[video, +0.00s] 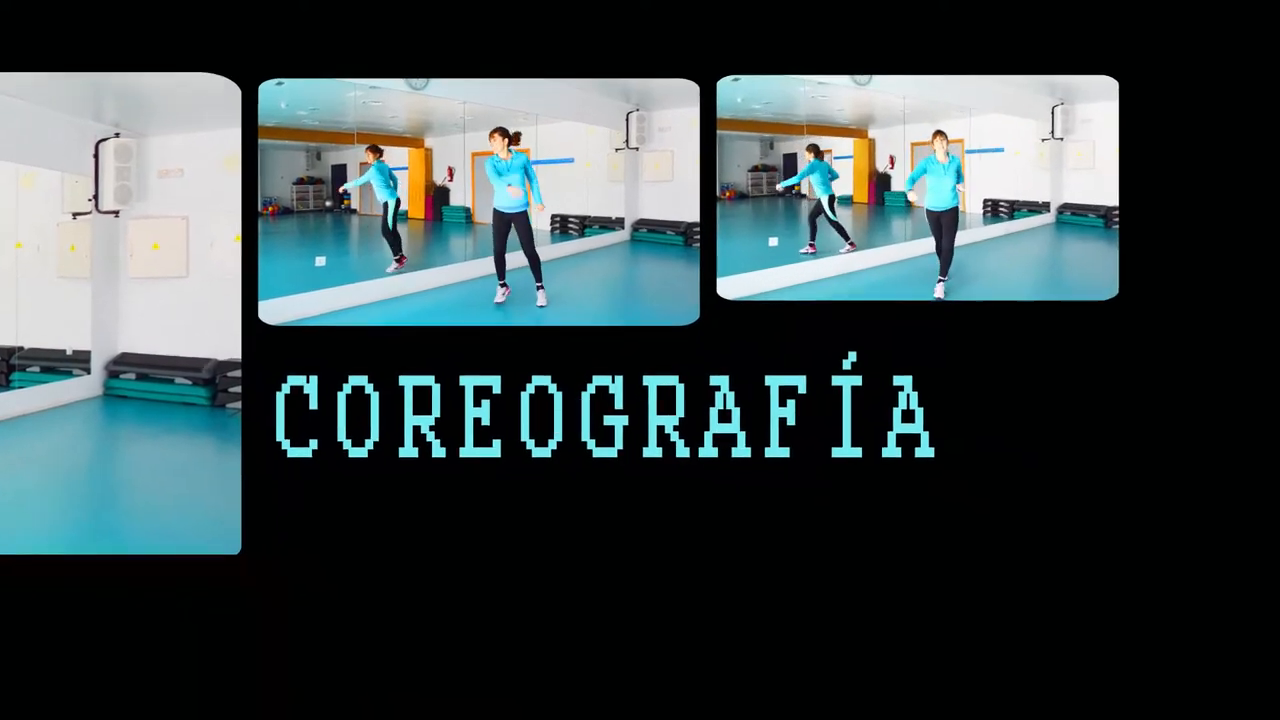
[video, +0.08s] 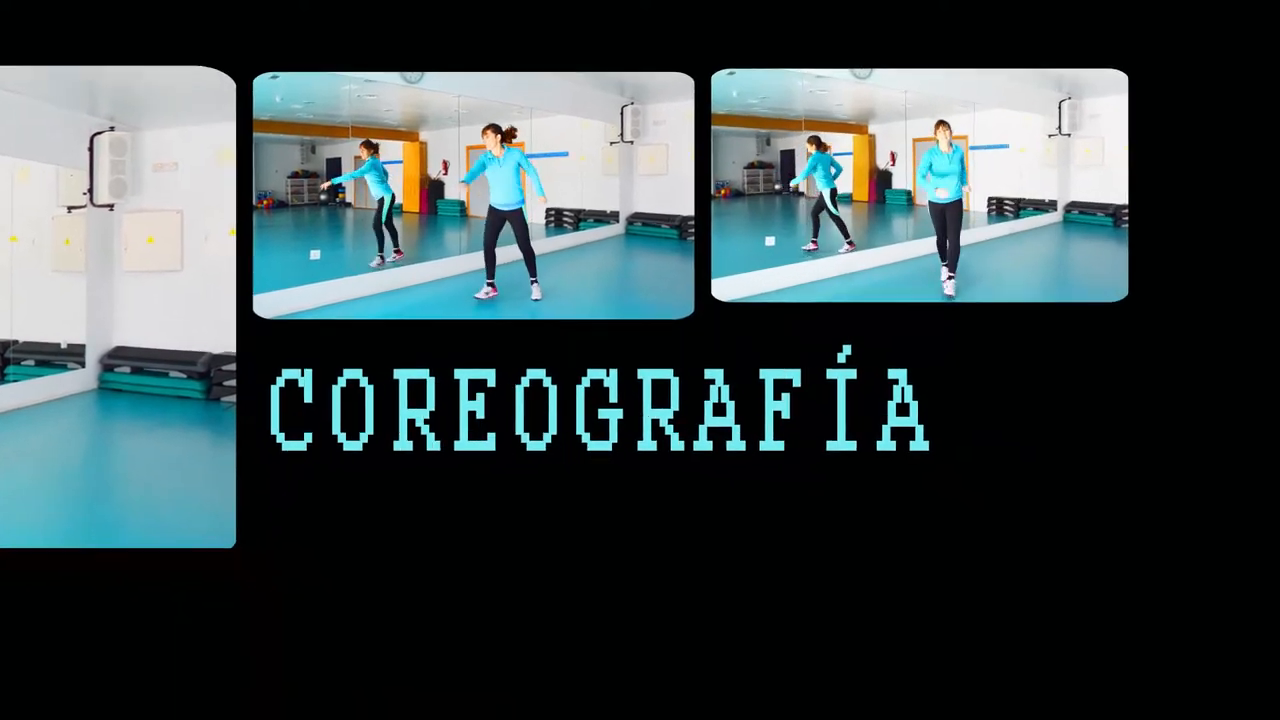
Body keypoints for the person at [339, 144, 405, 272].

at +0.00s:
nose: (367, 157)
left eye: (369, 154)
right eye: (367, 155)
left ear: (375, 155)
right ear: (378, 155)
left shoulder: (374, 169)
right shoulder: (384, 166)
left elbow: (359, 181)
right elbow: (395, 179)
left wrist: (344, 186)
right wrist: (393, 193)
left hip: (389, 200)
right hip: (392, 199)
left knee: (386, 230)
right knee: (392, 229)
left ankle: (398, 259)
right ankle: (400, 256)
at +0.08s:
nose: (361, 153)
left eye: (362, 151)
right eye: (361, 151)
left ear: (370, 151)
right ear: (370, 151)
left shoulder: (370, 163)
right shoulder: (376, 162)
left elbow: (353, 175)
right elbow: (386, 173)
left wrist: (331, 182)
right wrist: (381, 185)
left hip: (385, 197)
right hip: (386, 196)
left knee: (377, 225)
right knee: (388, 224)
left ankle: (380, 256)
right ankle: (397, 251)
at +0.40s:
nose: (350, 120)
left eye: (353, 117)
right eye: (349, 117)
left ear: (359, 119)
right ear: (348, 119)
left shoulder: (364, 132)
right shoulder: (353, 134)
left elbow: (381, 141)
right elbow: (350, 148)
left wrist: (399, 151)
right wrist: (337, 147)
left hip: (370, 169)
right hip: (358, 170)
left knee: (360, 198)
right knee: (352, 199)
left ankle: (360, 228)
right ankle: (370, 214)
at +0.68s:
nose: (377, 89)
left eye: (378, 87)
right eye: (376, 87)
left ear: (373, 88)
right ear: (368, 87)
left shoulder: (375, 103)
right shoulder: (358, 102)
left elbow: (375, 120)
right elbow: (346, 119)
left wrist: (379, 131)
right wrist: (362, 122)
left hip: (373, 139)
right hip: (361, 139)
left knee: (371, 172)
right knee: (363, 172)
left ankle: (370, 202)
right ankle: (355, 207)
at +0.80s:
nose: (381, 78)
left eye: (380, 75)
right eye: (380, 75)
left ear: (369, 78)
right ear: (378, 77)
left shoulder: (367, 91)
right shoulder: (374, 89)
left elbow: (353, 108)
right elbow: (369, 106)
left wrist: (352, 123)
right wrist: (385, 115)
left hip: (364, 127)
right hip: (368, 128)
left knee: (371, 162)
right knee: (369, 162)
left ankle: (365, 195)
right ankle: (362, 198)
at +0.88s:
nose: (366, 73)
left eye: (366, 71)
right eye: (366, 71)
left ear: (369, 72)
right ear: (379, 71)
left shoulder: (362, 85)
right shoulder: (381, 83)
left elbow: (349, 100)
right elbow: (382, 100)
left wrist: (340, 116)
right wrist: (398, 109)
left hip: (362, 121)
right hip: (374, 122)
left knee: (365, 157)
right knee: (375, 157)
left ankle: (360, 191)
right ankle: (368, 193)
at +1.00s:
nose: (366, 64)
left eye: (367, 61)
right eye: (367, 61)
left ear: (369, 62)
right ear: (380, 62)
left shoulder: (362, 76)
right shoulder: (386, 75)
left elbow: (351, 92)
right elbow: (396, 90)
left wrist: (335, 104)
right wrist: (412, 94)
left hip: (365, 116)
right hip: (381, 115)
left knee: (363, 151)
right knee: (382, 151)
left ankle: (354, 185)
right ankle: (381, 186)